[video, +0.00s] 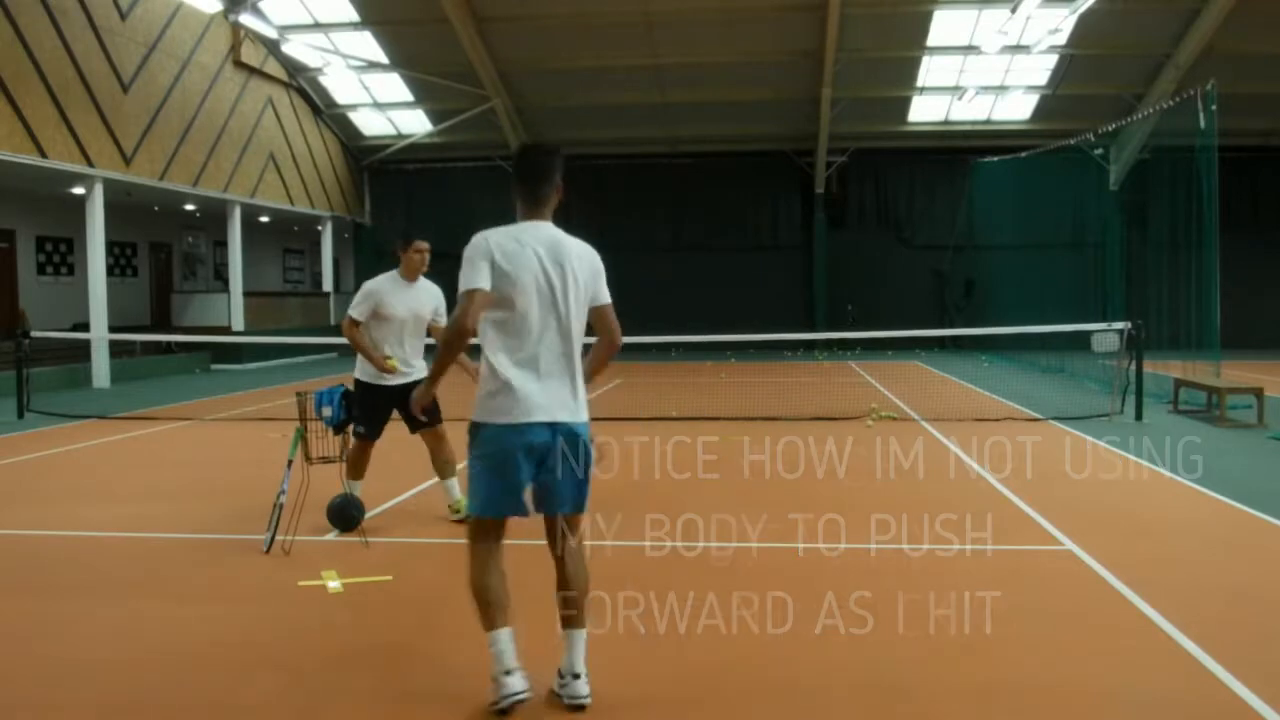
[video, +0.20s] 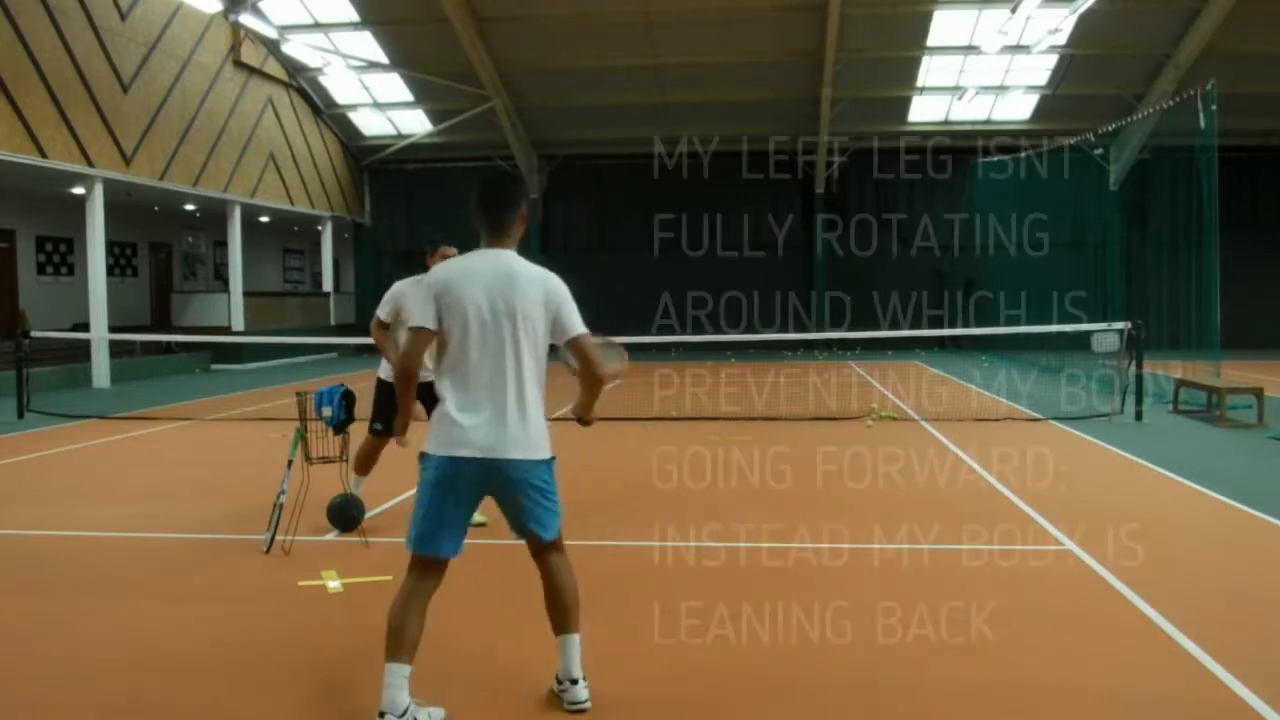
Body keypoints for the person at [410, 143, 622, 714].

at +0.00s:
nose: (553, 194)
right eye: (558, 185)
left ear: (514, 190)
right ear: (558, 192)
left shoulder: (487, 244)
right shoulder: (584, 255)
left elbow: (466, 322)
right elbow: (610, 337)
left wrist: (429, 385)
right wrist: (573, 386)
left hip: (504, 422)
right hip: (568, 421)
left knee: (485, 541)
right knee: (567, 536)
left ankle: (508, 673)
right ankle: (575, 673)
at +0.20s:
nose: (523, 222)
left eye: (515, 214)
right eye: (525, 214)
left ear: (476, 219)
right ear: (522, 219)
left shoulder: (441, 278)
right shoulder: (545, 284)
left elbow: (407, 359)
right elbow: (594, 371)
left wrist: (404, 419)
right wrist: (585, 407)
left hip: (454, 447)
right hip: (523, 449)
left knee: (422, 573)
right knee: (550, 551)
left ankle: (394, 701)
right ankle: (573, 680)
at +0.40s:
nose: (510, 204)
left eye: (506, 196)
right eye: (511, 196)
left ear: (459, 198)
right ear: (503, 198)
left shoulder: (423, 256)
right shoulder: (514, 263)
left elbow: (400, 341)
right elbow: (527, 359)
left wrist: (444, 369)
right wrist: (531, 404)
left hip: (426, 433)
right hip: (492, 433)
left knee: (421, 568)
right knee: (543, 557)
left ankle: (395, 704)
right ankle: (573, 682)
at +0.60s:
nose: (521, 205)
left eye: (518, 197)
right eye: (521, 197)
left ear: (470, 200)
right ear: (515, 201)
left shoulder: (443, 261)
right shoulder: (514, 266)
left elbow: (438, 346)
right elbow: (525, 366)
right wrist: (539, 411)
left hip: (428, 441)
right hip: (485, 446)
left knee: (435, 569)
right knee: (551, 571)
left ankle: (396, 703)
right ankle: (537, 709)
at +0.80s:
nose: (556, 212)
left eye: (545, 203)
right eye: (556, 205)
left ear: (506, 205)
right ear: (551, 208)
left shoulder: (481, 269)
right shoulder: (539, 277)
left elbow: (496, 361)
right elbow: (558, 382)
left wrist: (571, 361)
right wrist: (585, 415)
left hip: (458, 449)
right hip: (505, 455)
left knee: (490, 561)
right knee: (559, 590)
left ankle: (412, 681)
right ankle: (521, 713)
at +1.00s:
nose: (581, 203)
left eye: (577, 195)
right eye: (582, 195)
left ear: (530, 195)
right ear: (576, 198)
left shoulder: (515, 256)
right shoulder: (554, 266)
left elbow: (546, 340)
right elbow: (591, 365)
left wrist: (617, 333)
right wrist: (651, 386)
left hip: (486, 434)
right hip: (517, 442)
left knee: (525, 560)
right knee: (543, 585)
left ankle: (488, 663)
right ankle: (517, 710)